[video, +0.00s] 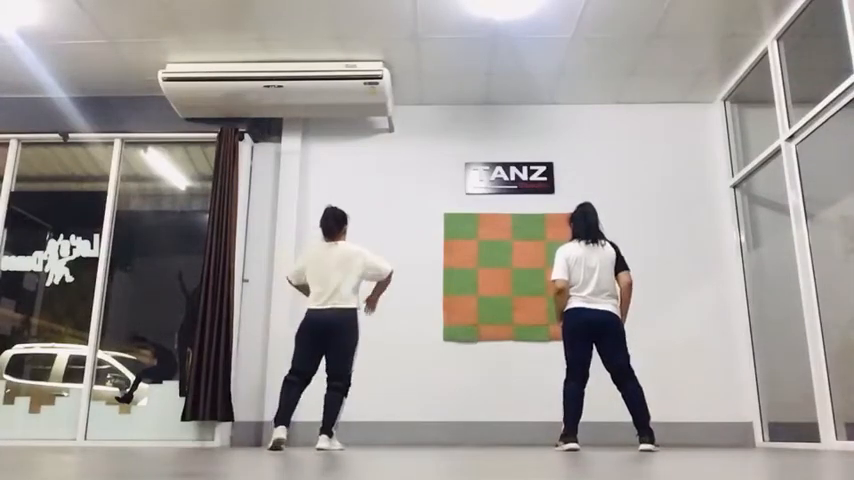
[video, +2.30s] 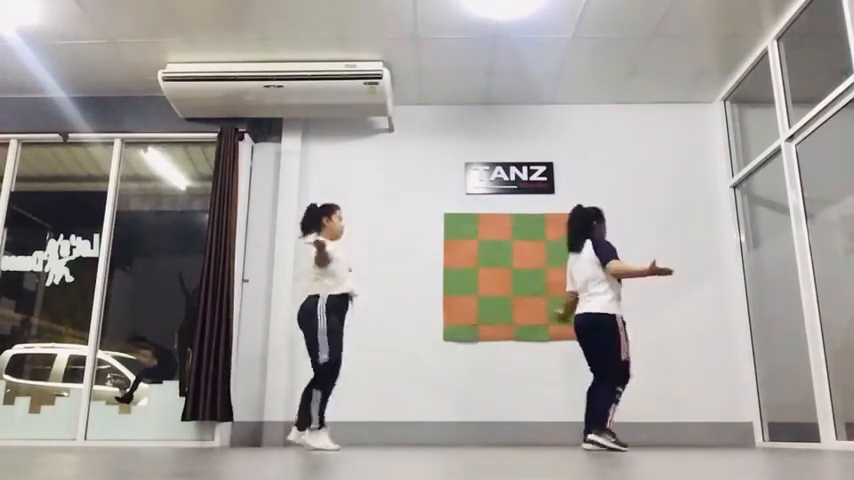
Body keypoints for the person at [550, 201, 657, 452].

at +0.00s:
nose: (569, 226)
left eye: (571, 222)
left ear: (573, 224)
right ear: (596, 222)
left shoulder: (566, 250)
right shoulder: (611, 248)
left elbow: (561, 287)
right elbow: (626, 282)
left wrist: (560, 316)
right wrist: (622, 317)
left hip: (576, 318)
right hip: (609, 318)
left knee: (575, 376)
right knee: (624, 376)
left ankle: (569, 435)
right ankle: (645, 434)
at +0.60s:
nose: (573, 240)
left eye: (574, 236)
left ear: (577, 237)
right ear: (601, 234)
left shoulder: (571, 259)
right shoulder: (617, 254)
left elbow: (569, 295)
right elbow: (621, 286)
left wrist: (581, 310)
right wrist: (609, 306)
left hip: (590, 323)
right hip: (622, 322)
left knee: (593, 378)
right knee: (621, 380)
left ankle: (593, 433)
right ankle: (619, 437)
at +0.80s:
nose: (572, 233)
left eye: (573, 229)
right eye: (573, 229)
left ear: (578, 231)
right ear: (599, 228)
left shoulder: (571, 255)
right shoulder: (616, 251)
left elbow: (564, 294)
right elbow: (622, 284)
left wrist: (543, 302)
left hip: (591, 315)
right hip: (622, 315)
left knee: (593, 374)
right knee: (620, 376)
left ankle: (589, 434)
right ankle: (619, 437)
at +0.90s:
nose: (570, 224)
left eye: (572, 221)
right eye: (572, 220)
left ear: (576, 222)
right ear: (598, 220)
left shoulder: (570, 249)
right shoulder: (613, 246)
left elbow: (558, 287)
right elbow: (627, 283)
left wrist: (532, 295)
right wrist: (633, 291)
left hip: (587, 315)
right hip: (618, 314)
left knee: (590, 374)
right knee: (618, 375)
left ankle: (589, 435)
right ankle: (619, 437)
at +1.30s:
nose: (567, 237)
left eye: (568, 234)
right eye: (570, 233)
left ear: (572, 238)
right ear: (593, 236)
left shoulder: (564, 259)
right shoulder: (607, 256)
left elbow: (548, 292)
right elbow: (634, 279)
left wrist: (514, 295)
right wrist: (671, 285)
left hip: (576, 319)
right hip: (608, 321)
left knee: (584, 378)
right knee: (608, 377)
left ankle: (591, 436)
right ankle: (607, 434)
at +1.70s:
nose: (603, 225)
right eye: (602, 222)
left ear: (575, 223)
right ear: (601, 223)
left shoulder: (566, 249)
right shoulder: (609, 244)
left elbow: (553, 286)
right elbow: (637, 271)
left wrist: (528, 299)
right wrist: (677, 274)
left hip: (584, 320)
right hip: (612, 318)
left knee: (602, 371)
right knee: (616, 375)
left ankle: (592, 425)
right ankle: (606, 433)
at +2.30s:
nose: (605, 228)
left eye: (604, 223)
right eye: (603, 224)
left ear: (580, 228)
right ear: (595, 225)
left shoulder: (573, 256)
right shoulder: (600, 246)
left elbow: (572, 295)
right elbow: (615, 270)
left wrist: (565, 313)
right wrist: (649, 271)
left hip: (583, 319)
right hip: (606, 317)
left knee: (601, 375)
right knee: (619, 374)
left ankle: (591, 433)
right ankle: (601, 428)